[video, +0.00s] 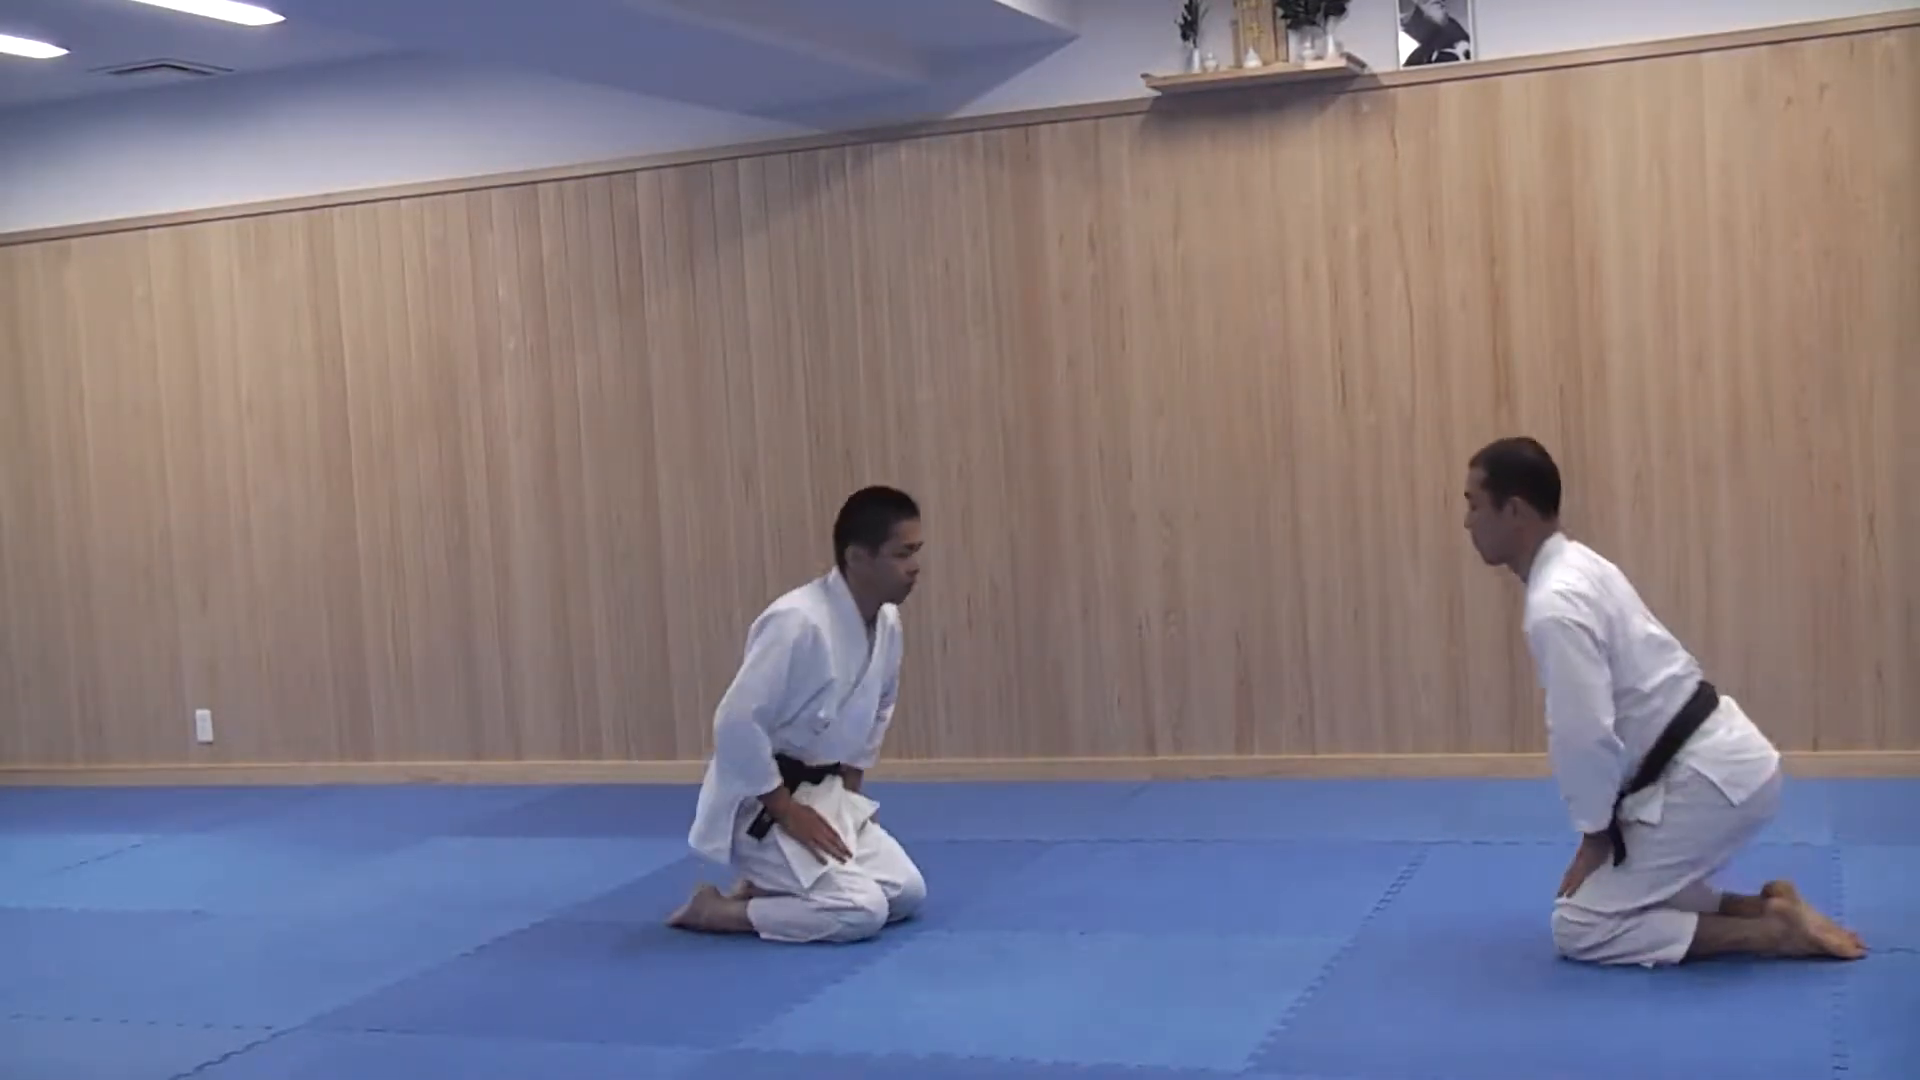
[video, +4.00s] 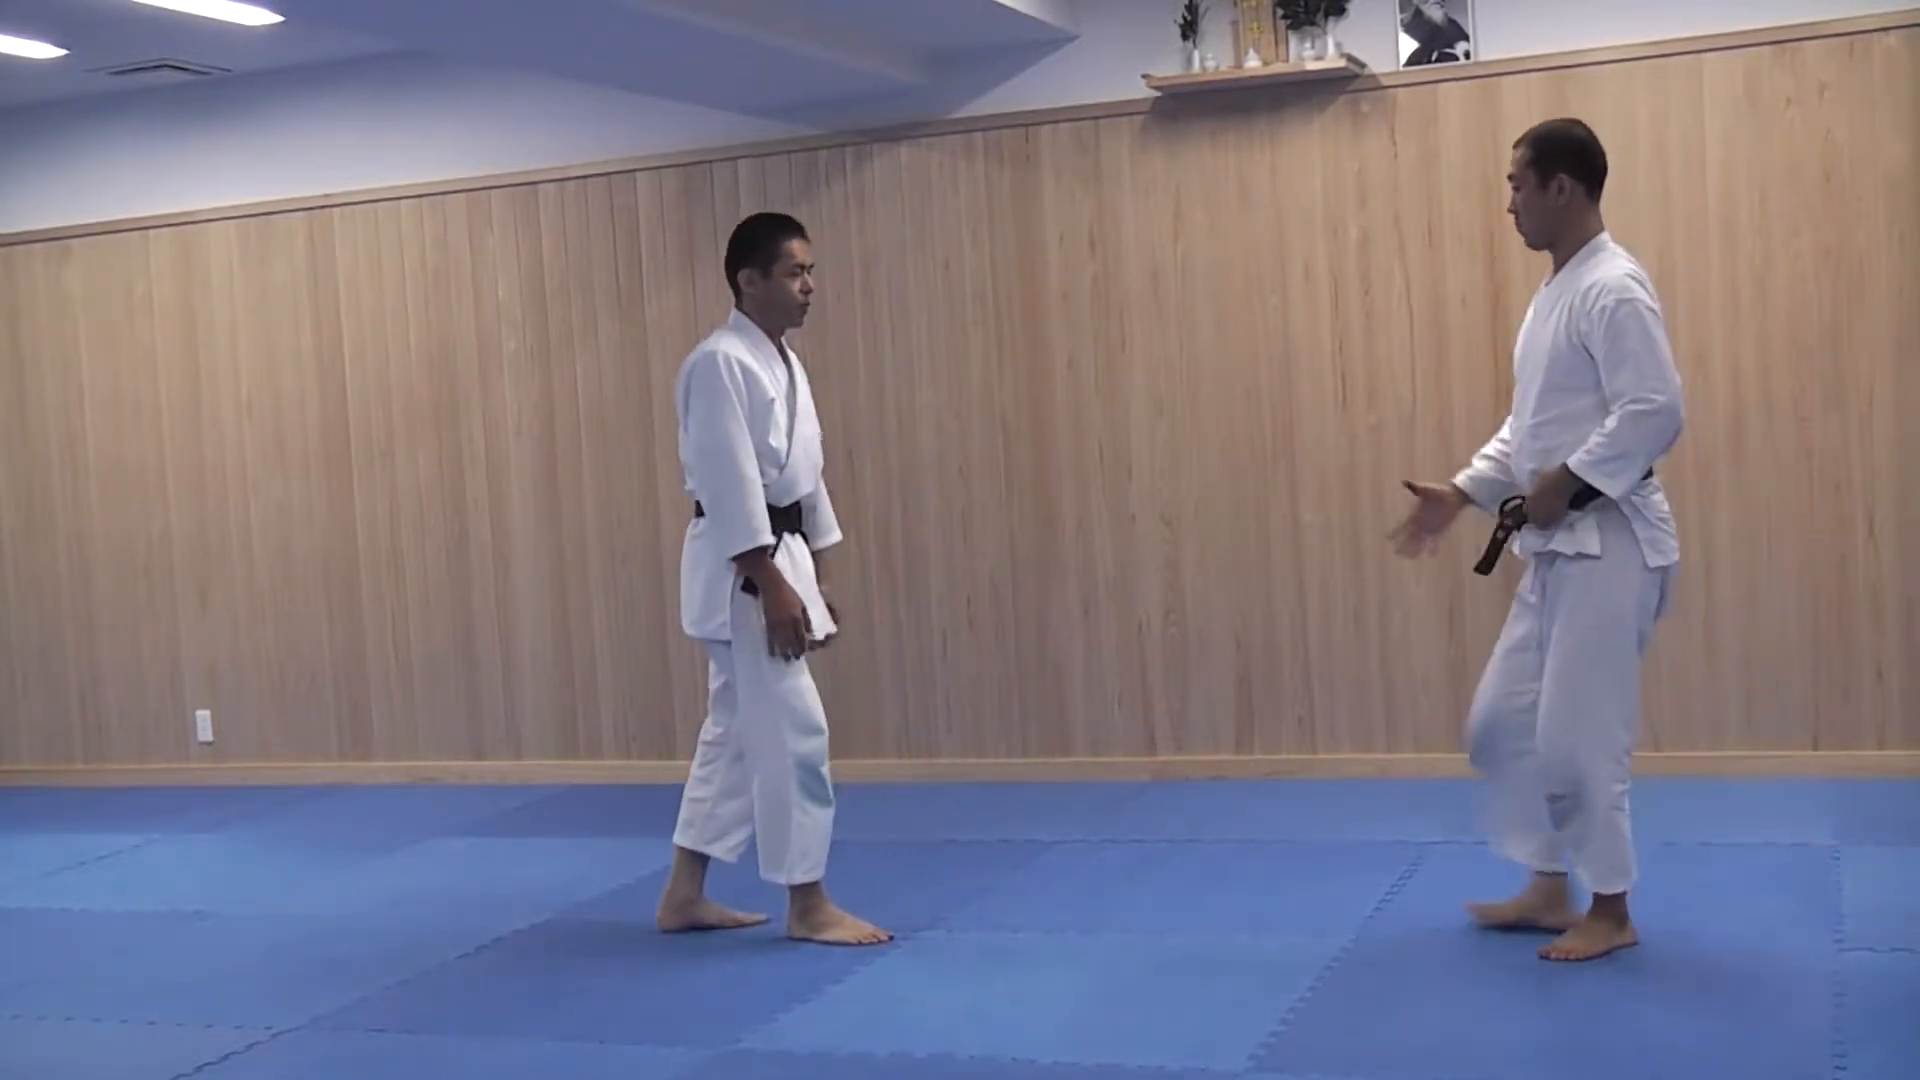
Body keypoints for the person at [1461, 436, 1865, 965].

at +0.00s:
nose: (1466, 522)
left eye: (1473, 505)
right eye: (1467, 505)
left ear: (1514, 511)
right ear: (1520, 511)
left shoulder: (1554, 602)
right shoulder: (1578, 566)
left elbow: (1587, 734)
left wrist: (1594, 839)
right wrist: (1600, 835)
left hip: (1710, 782)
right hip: (1734, 763)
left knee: (1582, 929)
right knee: (1615, 892)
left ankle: (1771, 935)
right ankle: (1761, 911)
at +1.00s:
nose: (1513, 508)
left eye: (1517, 491)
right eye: (1513, 491)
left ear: (1558, 496)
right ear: (1562, 496)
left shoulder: (1590, 603)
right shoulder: (1634, 560)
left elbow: (1585, 742)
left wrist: (1573, 853)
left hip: (1710, 814)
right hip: (1736, 791)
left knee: (1565, 938)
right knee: (1578, 910)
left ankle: (1741, 892)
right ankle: (1747, 882)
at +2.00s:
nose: (1619, 427)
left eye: (1626, 410)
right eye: (1620, 410)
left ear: (1669, 416)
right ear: (1681, 417)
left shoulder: (1668, 516)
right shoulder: (1747, 505)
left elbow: (1652, 659)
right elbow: (1761, 642)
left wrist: (1586, 761)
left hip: (1718, 740)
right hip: (1784, 737)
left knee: (1551, 838)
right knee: (1684, 897)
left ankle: (1730, 870)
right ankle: (1796, 884)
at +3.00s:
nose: (1500, 250)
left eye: (1508, 233)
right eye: (1501, 233)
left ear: (1548, 237)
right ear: (1575, 238)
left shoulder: (1552, 341)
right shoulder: (1649, 309)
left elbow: (1543, 481)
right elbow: (1695, 429)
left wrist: (1538, 600)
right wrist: (1623, 524)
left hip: (1644, 552)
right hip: (1720, 536)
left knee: (1550, 718)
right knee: (1735, 737)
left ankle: (1563, 905)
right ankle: (1847, 909)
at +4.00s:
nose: (1508, 200)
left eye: (1519, 183)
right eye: (1508, 185)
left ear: (1566, 187)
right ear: (1560, 189)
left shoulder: (1613, 289)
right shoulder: (1551, 296)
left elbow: (1654, 409)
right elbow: (1528, 424)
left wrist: (1571, 478)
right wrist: (1462, 490)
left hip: (1608, 547)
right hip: (1552, 548)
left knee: (1579, 734)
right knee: (1501, 723)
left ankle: (1610, 915)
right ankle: (1547, 890)